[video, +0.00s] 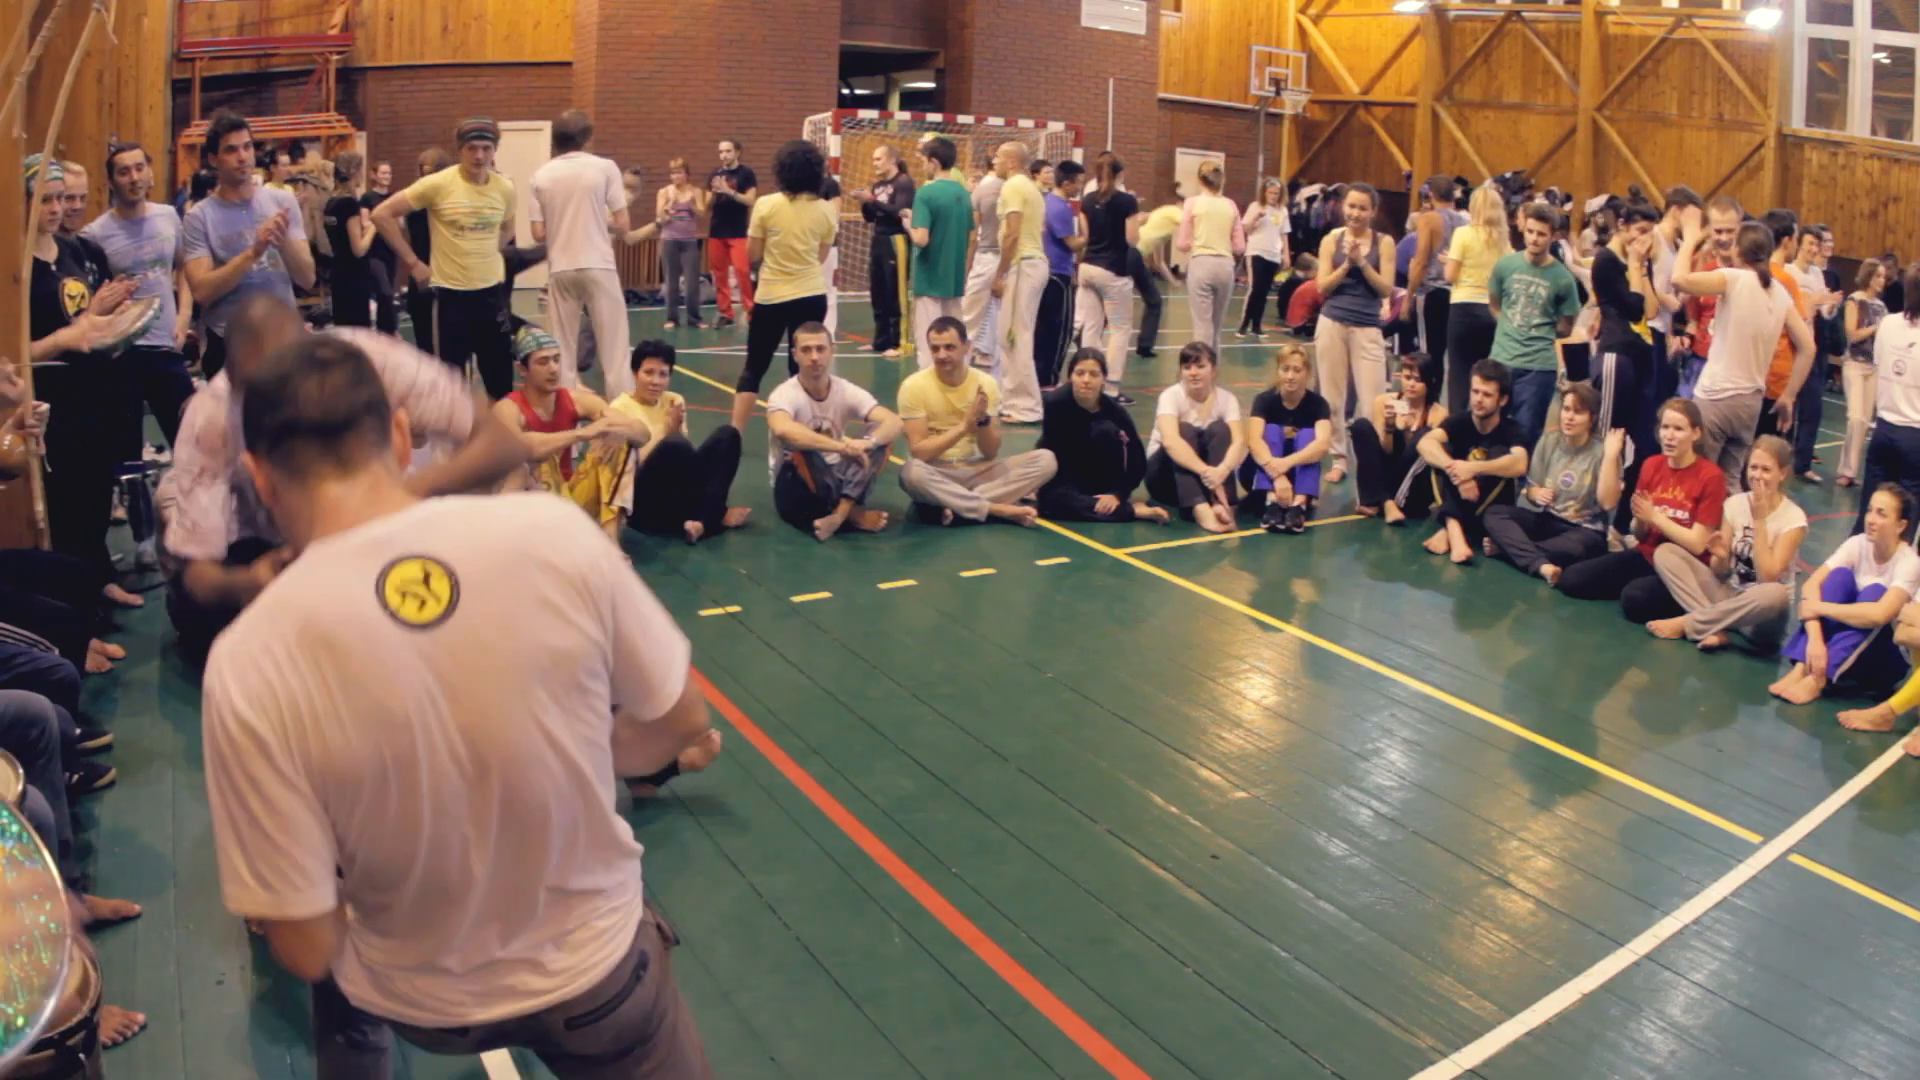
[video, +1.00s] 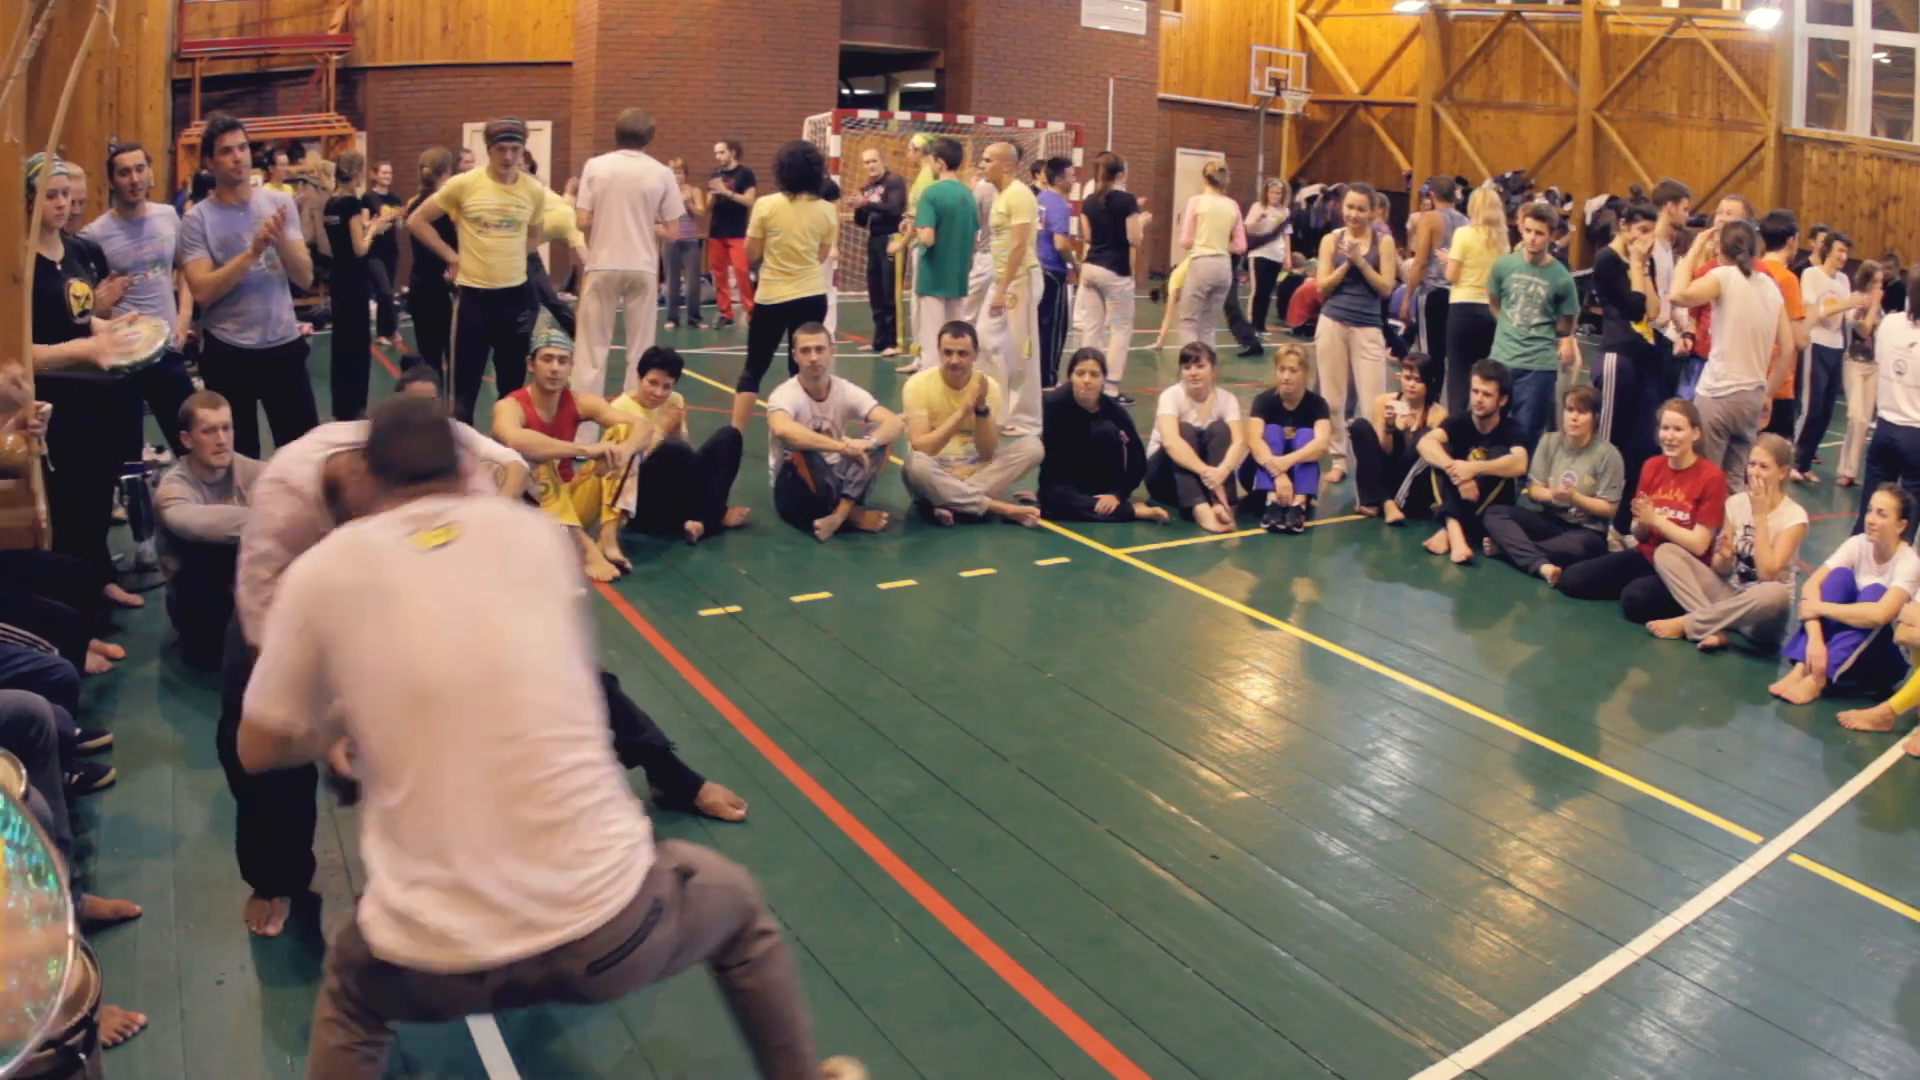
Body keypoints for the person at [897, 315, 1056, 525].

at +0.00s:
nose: (942, 355)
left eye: (950, 348)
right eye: (935, 349)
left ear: (966, 348)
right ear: (929, 349)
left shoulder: (986, 383)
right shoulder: (914, 386)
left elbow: (990, 451)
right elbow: (920, 452)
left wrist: (982, 418)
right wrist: (964, 428)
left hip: (980, 470)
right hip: (938, 472)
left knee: (1047, 460)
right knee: (911, 473)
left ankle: (960, 508)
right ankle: (993, 510)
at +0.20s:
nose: (948, 359)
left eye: (956, 351)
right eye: (941, 352)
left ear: (971, 351)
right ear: (934, 352)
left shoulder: (987, 385)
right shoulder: (916, 387)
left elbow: (992, 456)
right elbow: (922, 455)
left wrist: (988, 421)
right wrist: (953, 421)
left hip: (982, 471)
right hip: (939, 473)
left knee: (1047, 462)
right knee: (911, 473)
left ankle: (961, 508)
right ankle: (994, 510)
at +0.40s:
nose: (955, 366)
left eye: (963, 358)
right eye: (949, 357)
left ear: (976, 358)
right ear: (940, 356)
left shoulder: (992, 392)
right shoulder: (920, 389)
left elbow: (988, 463)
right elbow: (925, 457)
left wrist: (983, 426)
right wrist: (965, 425)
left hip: (982, 476)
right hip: (940, 476)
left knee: (1049, 466)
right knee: (911, 474)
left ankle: (960, 509)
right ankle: (994, 510)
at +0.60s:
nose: (959, 370)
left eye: (968, 363)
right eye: (953, 361)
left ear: (982, 363)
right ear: (944, 358)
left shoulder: (992, 392)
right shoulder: (921, 388)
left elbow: (986, 463)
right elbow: (921, 457)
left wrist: (985, 430)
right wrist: (956, 427)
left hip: (982, 473)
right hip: (939, 473)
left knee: (1047, 464)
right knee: (912, 473)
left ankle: (962, 508)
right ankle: (995, 509)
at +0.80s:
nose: (956, 368)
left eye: (965, 361)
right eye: (950, 360)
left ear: (979, 361)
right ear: (941, 357)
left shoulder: (990, 392)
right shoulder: (919, 388)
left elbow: (984, 461)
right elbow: (922, 457)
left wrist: (982, 426)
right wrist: (964, 425)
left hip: (980, 470)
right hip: (939, 471)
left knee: (1044, 458)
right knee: (911, 473)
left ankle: (960, 507)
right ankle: (993, 509)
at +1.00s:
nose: (954, 361)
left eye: (963, 354)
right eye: (948, 353)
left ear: (975, 355)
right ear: (939, 352)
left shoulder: (989, 386)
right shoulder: (918, 385)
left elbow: (987, 452)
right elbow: (921, 447)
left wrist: (981, 409)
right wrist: (963, 410)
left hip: (979, 465)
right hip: (938, 465)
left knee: (1033, 447)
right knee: (916, 466)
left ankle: (955, 504)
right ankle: (1002, 509)